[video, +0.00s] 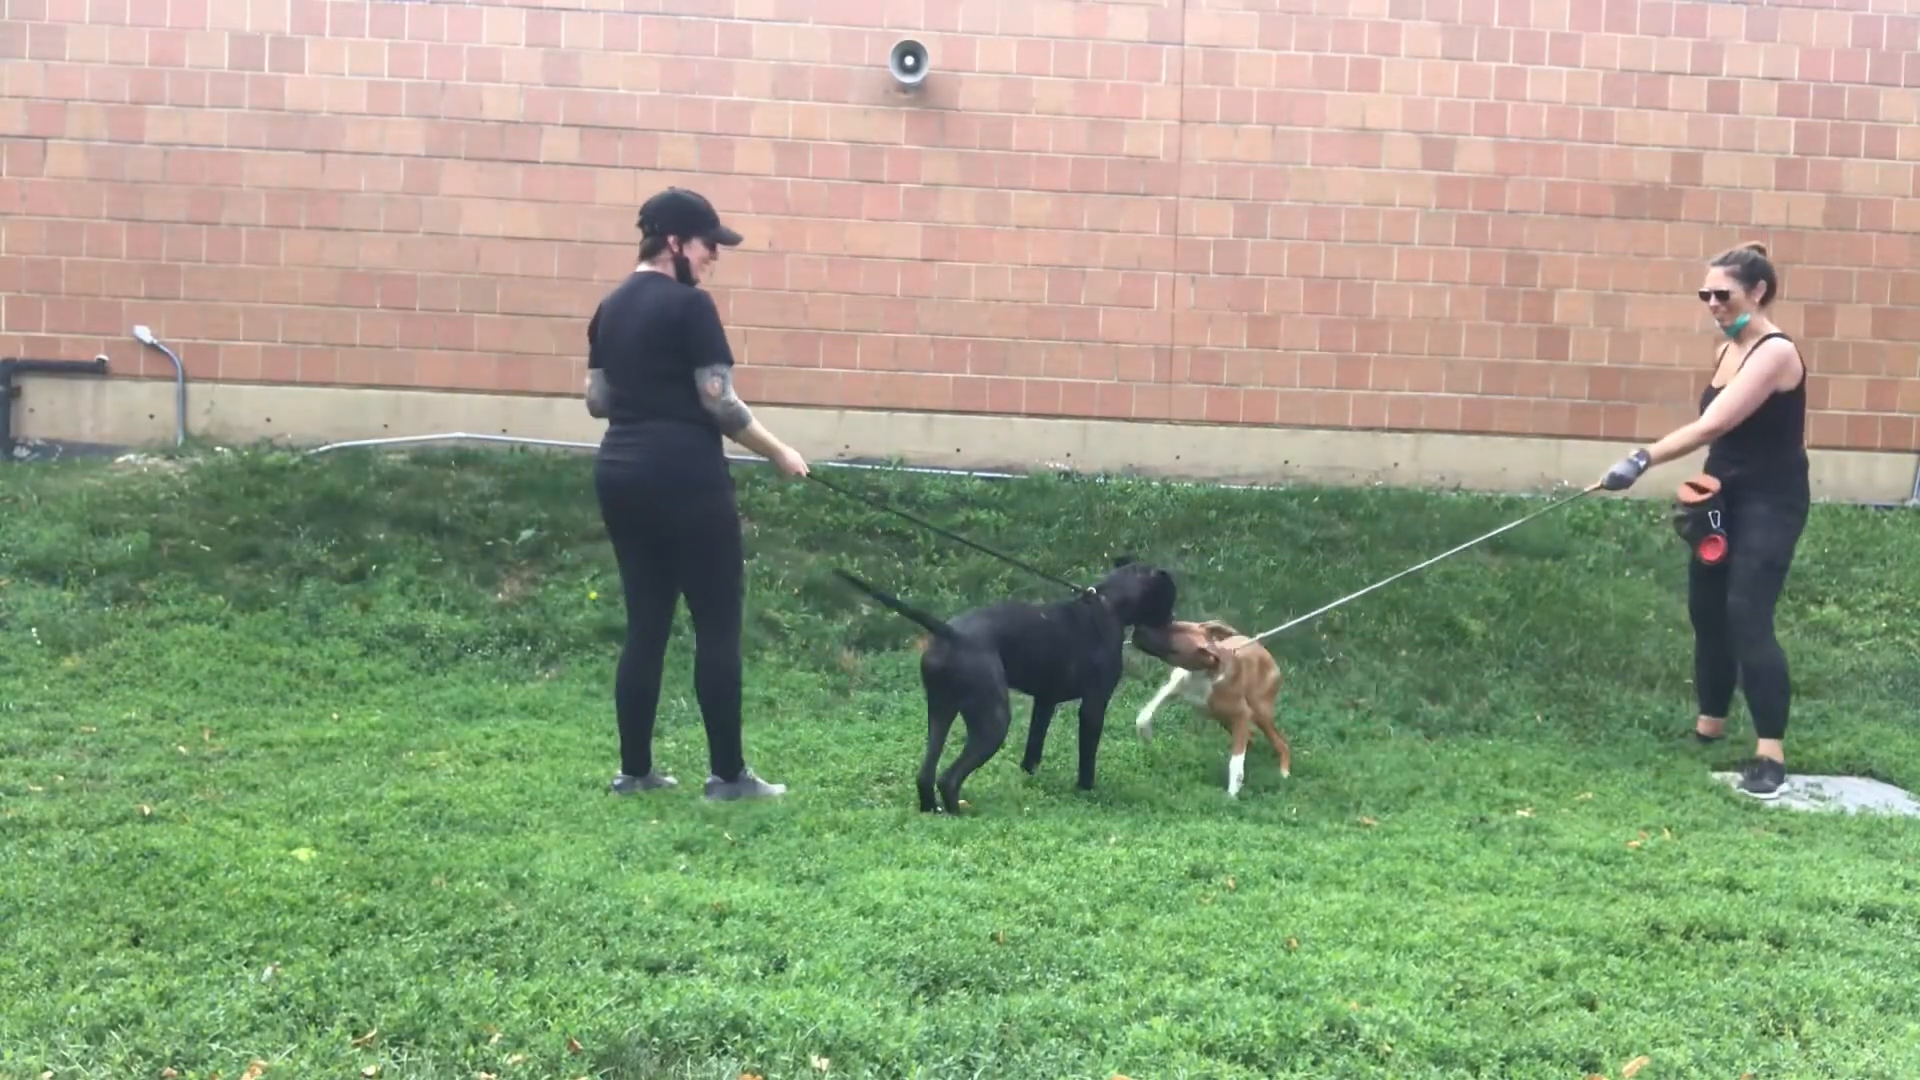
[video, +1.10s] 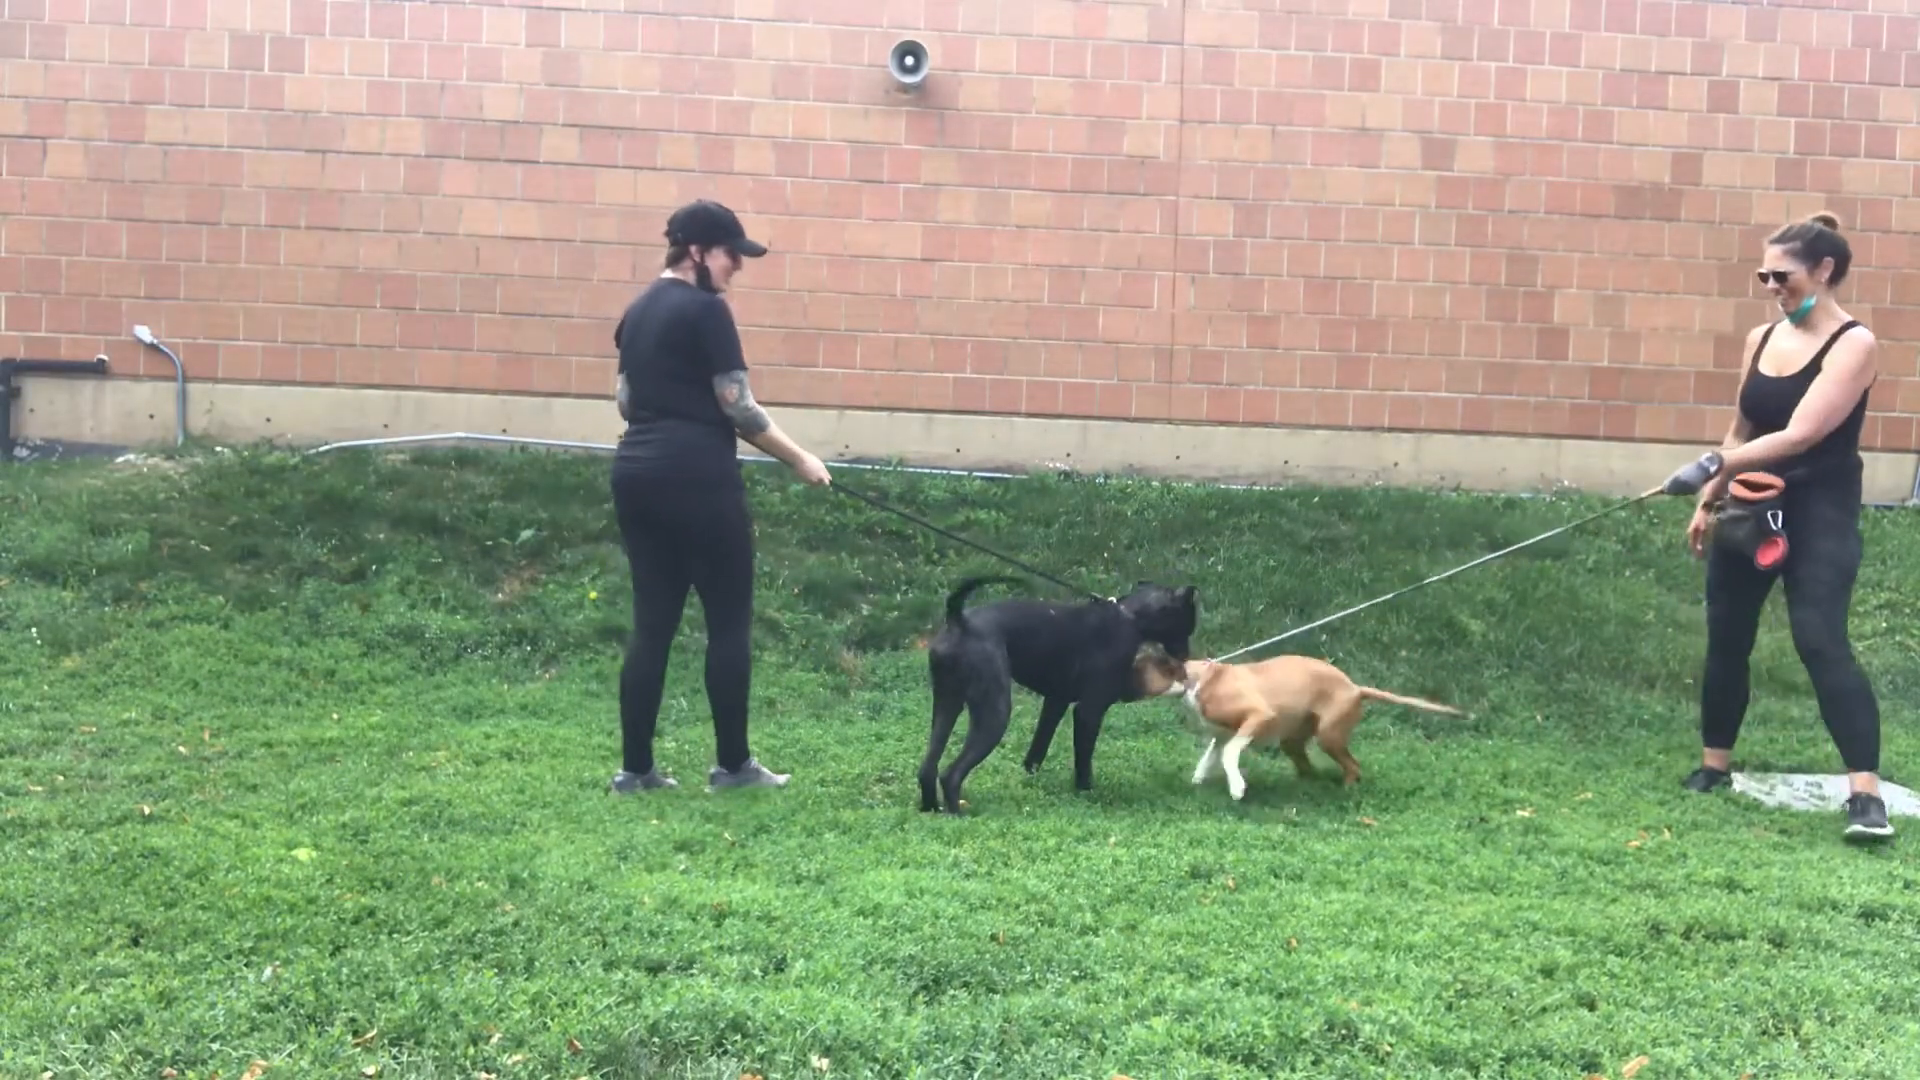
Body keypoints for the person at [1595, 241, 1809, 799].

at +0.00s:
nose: (1712, 304)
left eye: (1722, 295)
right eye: (1708, 295)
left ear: (1757, 292)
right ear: (1712, 296)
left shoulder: (1775, 353)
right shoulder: (1731, 349)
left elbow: (1710, 424)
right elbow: (1722, 434)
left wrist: (1642, 457)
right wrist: (1704, 491)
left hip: (1770, 502)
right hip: (1723, 495)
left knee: (1749, 615)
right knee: (1708, 610)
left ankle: (1770, 755)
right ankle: (1708, 729)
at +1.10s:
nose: (1770, 287)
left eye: (1781, 277)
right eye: (1767, 277)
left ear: (1825, 270)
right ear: (1769, 273)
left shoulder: (1854, 344)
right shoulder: (1762, 336)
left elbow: (1802, 435)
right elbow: (1740, 430)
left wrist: (1722, 461)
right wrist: (1706, 501)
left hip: (1819, 510)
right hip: (1750, 502)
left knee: (1820, 640)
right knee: (1726, 637)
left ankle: (1864, 791)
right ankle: (1714, 768)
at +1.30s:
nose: (1811, 285)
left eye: (1821, 274)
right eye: (1807, 274)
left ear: (1867, 264)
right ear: (1812, 271)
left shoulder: (1903, 344)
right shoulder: (1804, 337)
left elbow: (1834, 423)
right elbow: (1783, 433)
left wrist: (1742, 461)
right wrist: (1730, 500)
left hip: (1864, 522)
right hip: (1786, 509)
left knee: (1854, 660)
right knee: (1745, 644)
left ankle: (1874, 816)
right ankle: (1717, 767)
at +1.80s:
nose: (1834, 272)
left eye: (1844, 260)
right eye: (1831, 260)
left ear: (1895, 251)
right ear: (1873, 257)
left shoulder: (1917, 340)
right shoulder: (1843, 328)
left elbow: (1884, 447)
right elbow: (1827, 434)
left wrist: (1773, 478)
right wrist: (1802, 497)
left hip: (1897, 529)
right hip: (1825, 520)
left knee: (1885, 676)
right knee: (1796, 667)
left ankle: (1896, 796)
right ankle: (1802, 825)